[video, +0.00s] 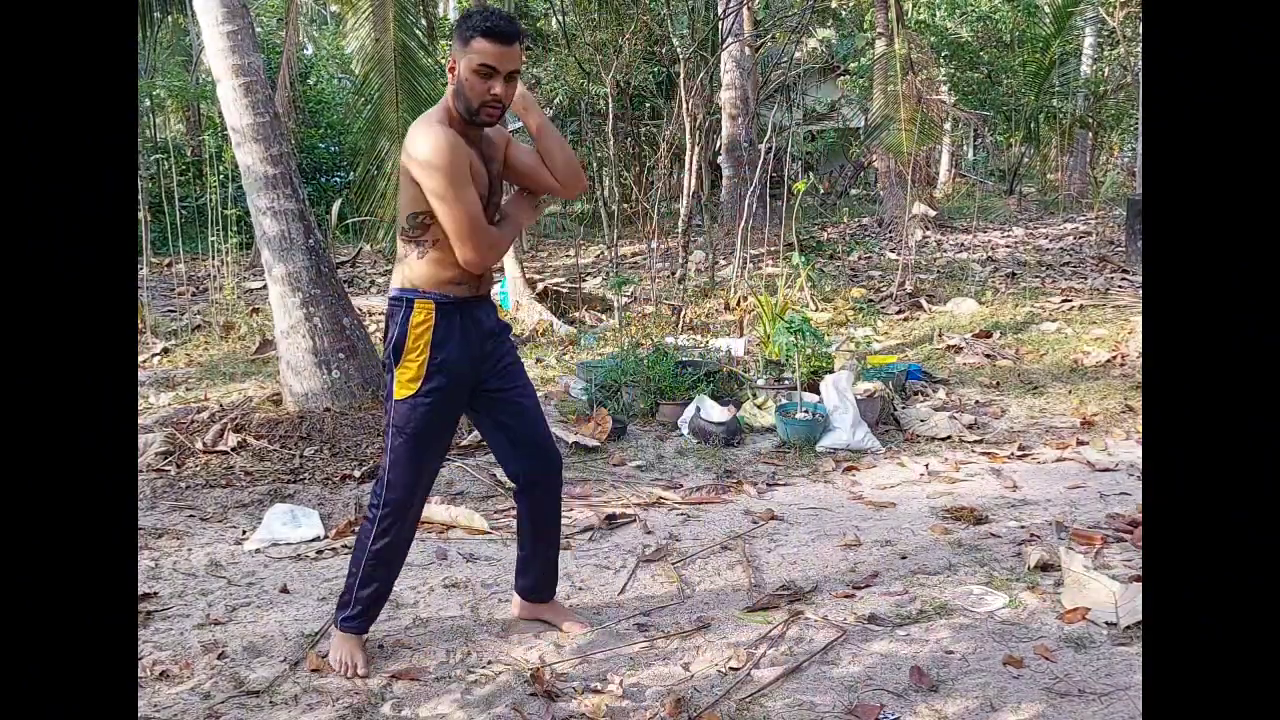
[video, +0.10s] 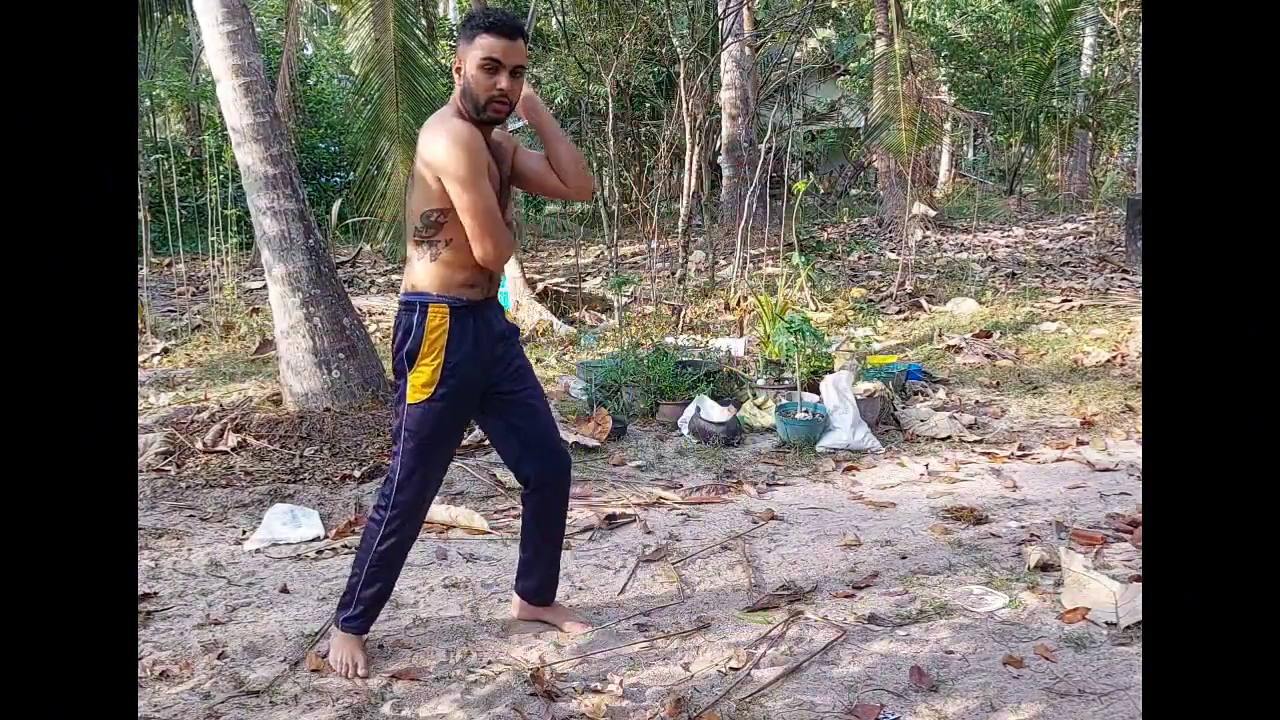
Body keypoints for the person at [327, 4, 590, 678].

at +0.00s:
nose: (500, 90)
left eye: (510, 76)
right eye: (485, 72)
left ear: (515, 79)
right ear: (452, 66)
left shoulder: (489, 137)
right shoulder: (435, 141)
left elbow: (568, 182)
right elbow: (478, 256)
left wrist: (522, 96)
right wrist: (524, 208)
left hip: (480, 319)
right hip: (428, 323)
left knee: (539, 461)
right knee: (403, 488)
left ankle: (535, 600)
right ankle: (349, 629)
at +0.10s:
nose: (505, 83)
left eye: (516, 71)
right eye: (491, 67)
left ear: (522, 78)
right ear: (458, 65)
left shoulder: (492, 140)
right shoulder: (450, 138)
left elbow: (576, 185)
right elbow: (492, 256)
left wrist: (532, 102)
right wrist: (500, 198)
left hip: (484, 324)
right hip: (437, 328)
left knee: (548, 466)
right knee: (408, 488)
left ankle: (535, 601)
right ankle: (347, 631)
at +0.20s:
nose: (516, 83)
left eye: (528, 72)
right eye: (503, 67)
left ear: (533, 82)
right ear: (471, 68)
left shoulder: (506, 144)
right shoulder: (465, 135)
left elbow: (596, 184)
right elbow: (510, 249)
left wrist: (543, 106)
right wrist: (534, 213)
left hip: (497, 325)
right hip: (450, 328)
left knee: (560, 471)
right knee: (421, 491)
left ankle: (537, 601)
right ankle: (353, 626)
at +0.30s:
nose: (537, 81)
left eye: (548, 69)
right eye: (522, 66)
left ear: (553, 77)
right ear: (490, 66)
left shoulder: (529, 139)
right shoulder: (490, 135)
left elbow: (614, 182)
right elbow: (542, 243)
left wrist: (564, 102)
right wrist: (558, 192)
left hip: (515, 321)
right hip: (469, 323)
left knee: (568, 475)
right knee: (444, 496)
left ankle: (536, 602)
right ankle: (356, 616)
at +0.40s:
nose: (555, 77)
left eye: (565, 66)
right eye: (541, 63)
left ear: (569, 73)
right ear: (507, 63)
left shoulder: (545, 132)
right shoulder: (507, 133)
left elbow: (628, 177)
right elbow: (558, 242)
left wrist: (585, 98)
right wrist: (571, 179)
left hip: (527, 317)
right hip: (483, 317)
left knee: (569, 473)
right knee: (472, 484)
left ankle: (536, 602)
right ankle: (382, 619)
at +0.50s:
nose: (561, 76)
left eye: (572, 65)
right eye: (547, 61)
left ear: (577, 72)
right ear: (514, 60)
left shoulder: (547, 130)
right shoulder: (510, 133)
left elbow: (636, 172)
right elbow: (559, 246)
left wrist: (586, 88)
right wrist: (569, 172)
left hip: (533, 317)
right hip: (486, 319)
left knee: (569, 474)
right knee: (475, 491)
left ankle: (536, 600)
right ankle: (408, 652)